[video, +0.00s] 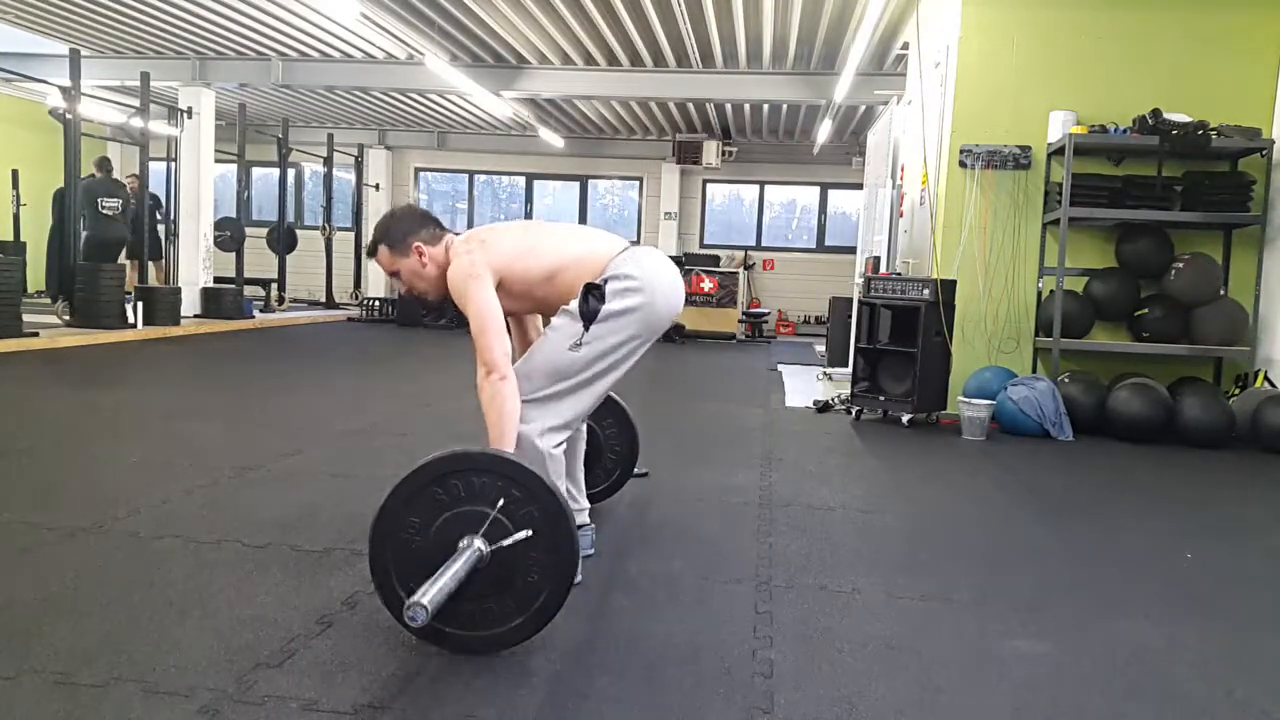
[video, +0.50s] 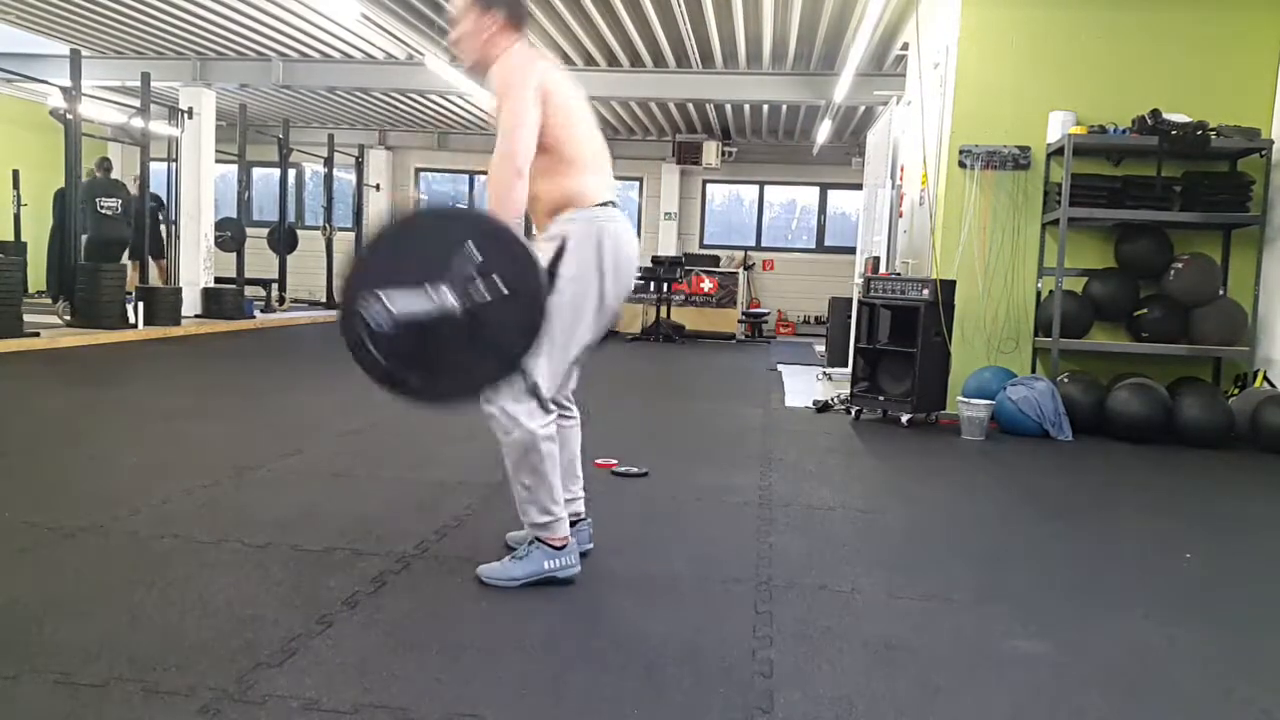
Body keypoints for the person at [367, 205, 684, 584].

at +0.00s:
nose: (402, 290)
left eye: (397, 275)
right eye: (394, 280)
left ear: (421, 252)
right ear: (426, 250)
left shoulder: (467, 266)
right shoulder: (487, 251)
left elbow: (495, 375)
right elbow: (534, 351)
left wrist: (498, 478)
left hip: (628, 287)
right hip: (645, 278)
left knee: (523, 409)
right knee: (555, 398)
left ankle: (551, 550)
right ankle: (575, 527)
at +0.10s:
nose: (400, 269)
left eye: (395, 256)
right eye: (392, 261)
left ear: (420, 235)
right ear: (425, 230)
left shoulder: (465, 247)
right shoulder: (485, 234)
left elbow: (496, 351)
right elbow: (533, 335)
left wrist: (500, 455)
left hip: (626, 272)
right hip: (645, 264)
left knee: (536, 406)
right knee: (570, 401)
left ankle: (555, 552)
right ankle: (575, 526)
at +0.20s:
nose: (392, 227)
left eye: (389, 211)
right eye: (386, 216)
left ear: (418, 190)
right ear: (425, 190)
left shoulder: (464, 207)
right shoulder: (489, 202)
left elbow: (496, 311)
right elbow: (536, 309)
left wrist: (502, 415)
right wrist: (546, 381)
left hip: (620, 254)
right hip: (642, 245)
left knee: (555, 394)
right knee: (593, 392)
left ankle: (557, 551)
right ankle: (576, 528)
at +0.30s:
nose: (392, 167)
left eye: (391, 151)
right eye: (387, 155)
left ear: (420, 137)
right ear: (423, 140)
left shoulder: (466, 159)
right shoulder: (482, 158)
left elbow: (497, 259)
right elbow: (540, 267)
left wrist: (498, 361)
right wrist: (536, 352)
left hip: (620, 239)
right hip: (613, 241)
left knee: (589, 394)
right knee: (586, 391)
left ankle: (562, 549)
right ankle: (574, 528)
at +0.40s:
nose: (404, 100)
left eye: (408, 86)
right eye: (401, 89)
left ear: (441, 76)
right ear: (448, 77)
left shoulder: (479, 109)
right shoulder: (499, 108)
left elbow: (502, 213)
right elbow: (547, 233)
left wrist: (493, 312)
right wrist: (530, 314)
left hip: (603, 239)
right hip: (609, 237)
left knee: (563, 396)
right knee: (581, 395)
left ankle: (557, 548)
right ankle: (575, 528)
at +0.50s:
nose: (450, 38)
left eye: (456, 23)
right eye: (450, 26)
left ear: (493, 22)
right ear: (500, 25)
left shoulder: (520, 67)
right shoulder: (539, 70)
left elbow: (512, 165)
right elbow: (532, 175)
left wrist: (491, 263)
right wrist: (511, 264)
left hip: (581, 236)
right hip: (597, 234)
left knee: (513, 391)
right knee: (553, 392)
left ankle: (552, 544)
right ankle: (568, 523)